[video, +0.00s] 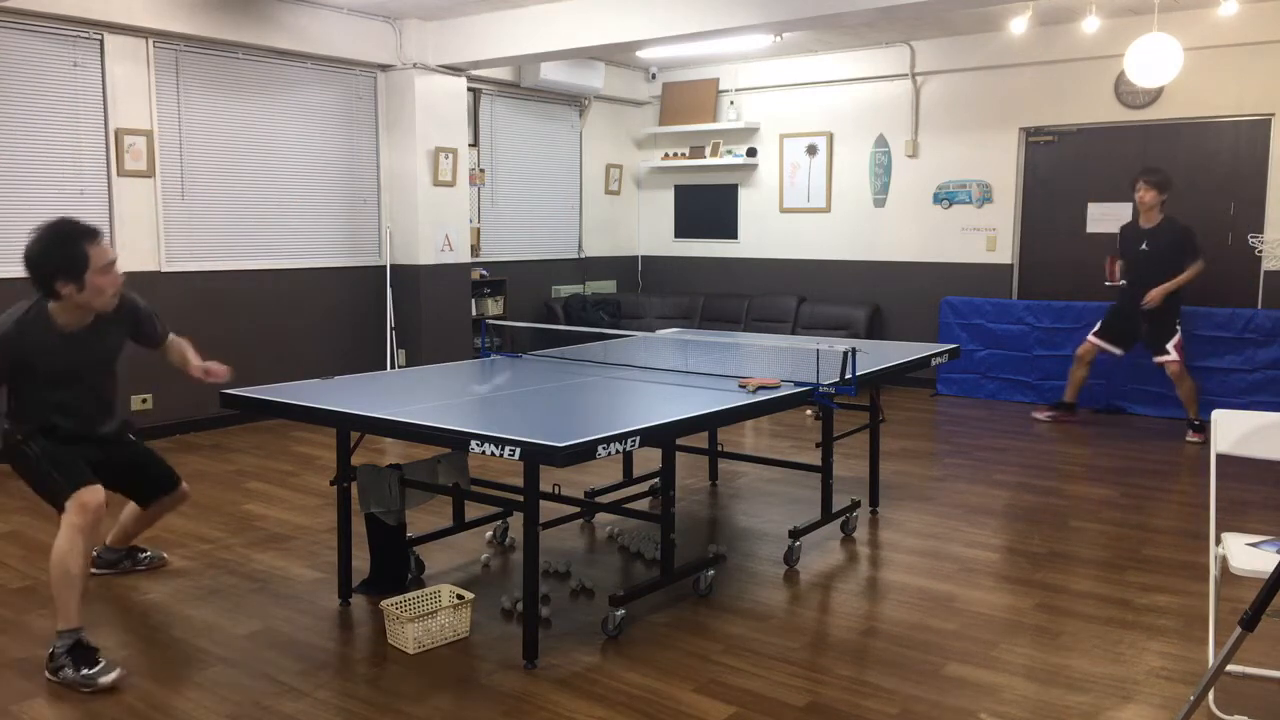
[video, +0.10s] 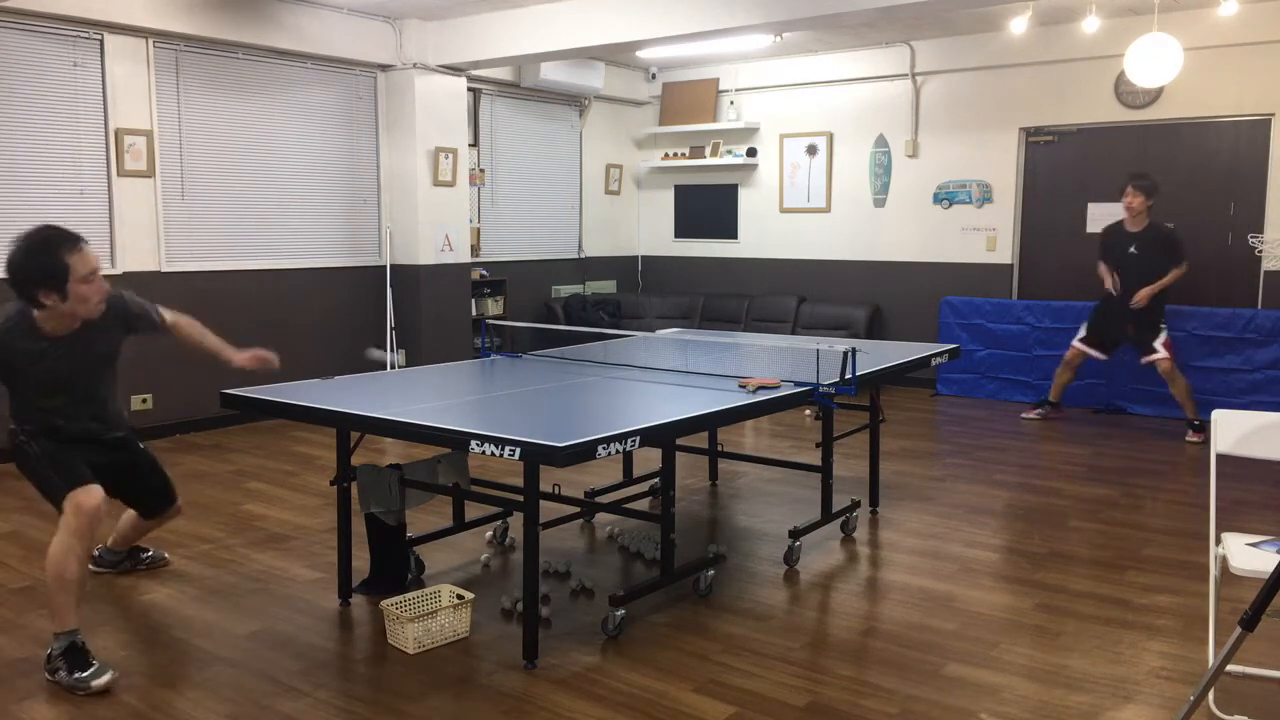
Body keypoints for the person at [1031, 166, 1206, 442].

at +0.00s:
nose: (1141, 195)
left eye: (1148, 190)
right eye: (1138, 189)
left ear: (1163, 196)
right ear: (1134, 194)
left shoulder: (1177, 231)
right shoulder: (1128, 231)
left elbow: (1198, 265)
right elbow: (1126, 266)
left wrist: (1164, 290)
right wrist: (1116, 272)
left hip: (1162, 309)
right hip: (1128, 306)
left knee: (1175, 370)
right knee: (1084, 353)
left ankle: (1195, 423)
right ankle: (1067, 406)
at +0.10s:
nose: (1129, 202)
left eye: (1136, 197)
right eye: (1126, 196)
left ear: (1149, 202)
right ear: (1122, 199)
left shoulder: (1164, 235)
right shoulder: (1111, 233)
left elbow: (1180, 267)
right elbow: (1102, 263)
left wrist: (1152, 289)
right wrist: (1107, 276)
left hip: (1147, 312)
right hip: (1112, 308)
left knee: (1167, 368)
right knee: (1071, 357)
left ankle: (1195, 422)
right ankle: (1051, 403)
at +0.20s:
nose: (1112, 202)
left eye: (1120, 198)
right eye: (1111, 197)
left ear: (1133, 204)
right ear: (1106, 200)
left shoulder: (1145, 235)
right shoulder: (1094, 231)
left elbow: (1163, 266)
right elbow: (1080, 264)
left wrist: (1138, 287)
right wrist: (1094, 277)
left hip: (1127, 310)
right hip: (1092, 308)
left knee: (1151, 365)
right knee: (1059, 356)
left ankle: (1187, 420)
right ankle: (1045, 403)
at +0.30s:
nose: (1101, 202)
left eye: (1108, 197)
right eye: (1099, 196)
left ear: (1120, 201)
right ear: (1094, 199)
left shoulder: (1134, 230)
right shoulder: (1082, 228)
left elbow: (1153, 258)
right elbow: (1066, 260)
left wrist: (1124, 279)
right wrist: (1083, 273)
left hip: (1122, 303)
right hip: (1086, 302)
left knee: (1142, 357)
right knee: (1058, 354)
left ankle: (1162, 417)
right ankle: (1045, 403)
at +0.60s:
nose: (1050, 221)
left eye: (1054, 215)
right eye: (1048, 216)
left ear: (1069, 215)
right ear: (1050, 218)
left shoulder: (1091, 238)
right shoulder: (1058, 243)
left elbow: (1117, 270)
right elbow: (1050, 260)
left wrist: (1077, 286)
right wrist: (1035, 252)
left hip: (1102, 309)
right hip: (1073, 307)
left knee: (1120, 361)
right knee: (1033, 341)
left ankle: (1150, 415)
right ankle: (1027, 396)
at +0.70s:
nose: (1021, 234)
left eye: (1023, 227)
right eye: (1018, 229)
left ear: (1038, 223)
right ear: (1023, 232)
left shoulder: (1062, 243)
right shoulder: (1043, 252)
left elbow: (1097, 263)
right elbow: (1040, 275)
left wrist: (1069, 291)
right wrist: (1019, 251)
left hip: (1089, 314)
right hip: (1064, 313)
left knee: (1109, 367)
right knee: (1022, 344)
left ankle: (1150, 417)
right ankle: (999, 397)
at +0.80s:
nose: (990, 256)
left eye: (991, 250)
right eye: (988, 252)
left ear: (1005, 243)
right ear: (1001, 246)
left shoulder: (1033, 255)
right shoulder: (1021, 264)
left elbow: (1074, 260)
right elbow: (1017, 296)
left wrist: (1061, 294)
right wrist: (996, 277)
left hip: (1072, 323)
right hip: (1048, 323)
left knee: (1099, 374)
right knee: (1008, 344)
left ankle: (1150, 416)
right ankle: (988, 398)